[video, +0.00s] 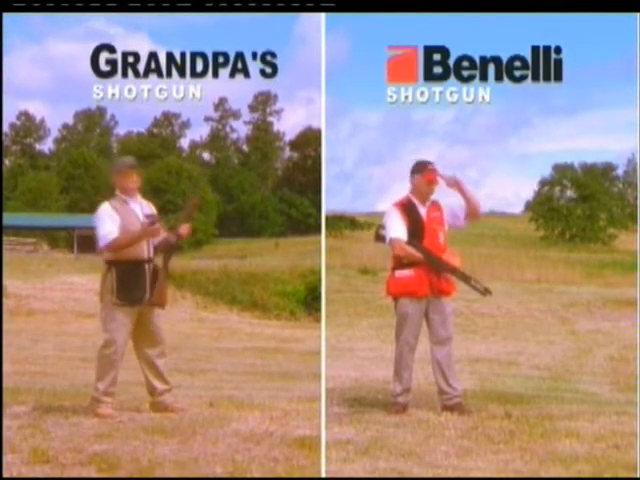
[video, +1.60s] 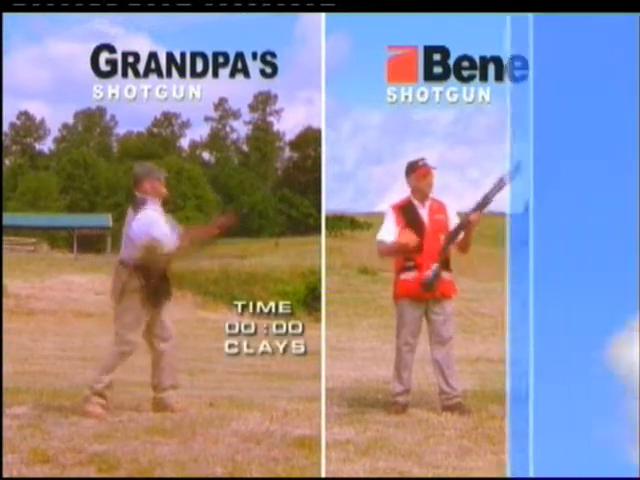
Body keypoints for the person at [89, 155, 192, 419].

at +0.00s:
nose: (131, 181)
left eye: (133, 175)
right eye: (125, 176)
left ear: (140, 178)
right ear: (115, 180)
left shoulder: (147, 208)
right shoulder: (107, 211)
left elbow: (156, 242)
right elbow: (109, 246)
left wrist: (175, 236)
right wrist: (143, 235)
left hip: (147, 274)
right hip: (119, 275)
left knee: (152, 342)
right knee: (115, 341)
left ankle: (160, 396)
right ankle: (102, 399)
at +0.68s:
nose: (154, 189)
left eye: (154, 184)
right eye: (149, 184)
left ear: (144, 188)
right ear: (132, 187)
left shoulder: (151, 215)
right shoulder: (120, 217)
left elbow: (163, 247)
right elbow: (127, 256)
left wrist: (184, 242)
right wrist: (159, 270)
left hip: (145, 280)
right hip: (122, 282)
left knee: (158, 340)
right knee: (121, 342)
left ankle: (162, 396)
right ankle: (93, 399)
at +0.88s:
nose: (152, 190)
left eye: (151, 185)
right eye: (146, 185)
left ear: (140, 190)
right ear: (131, 189)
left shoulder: (149, 216)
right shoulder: (116, 221)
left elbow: (159, 249)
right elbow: (113, 262)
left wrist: (180, 246)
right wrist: (125, 293)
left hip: (146, 281)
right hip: (122, 283)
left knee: (160, 339)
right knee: (121, 343)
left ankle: (163, 396)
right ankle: (92, 399)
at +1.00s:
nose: (152, 188)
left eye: (151, 183)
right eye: (146, 183)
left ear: (143, 188)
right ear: (130, 188)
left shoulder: (150, 214)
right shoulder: (115, 218)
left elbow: (158, 247)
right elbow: (98, 257)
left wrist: (179, 245)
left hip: (146, 279)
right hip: (120, 281)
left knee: (159, 339)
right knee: (119, 343)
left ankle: (162, 397)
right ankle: (92, 399)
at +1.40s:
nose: (173, 217)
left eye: (172, 211)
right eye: (169, 212)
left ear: (158, 216)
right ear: (154, 215)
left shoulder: (164, 239)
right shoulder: (136, 244)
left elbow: (161, 271)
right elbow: (110, 276)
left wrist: (186, 268)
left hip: (145, 296)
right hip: (122, 298)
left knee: (166, 341)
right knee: (134, 359)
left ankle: (163, 396)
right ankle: (94, 398)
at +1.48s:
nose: (170, 202)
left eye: (169, 197)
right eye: (165, 197)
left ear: (153, 202)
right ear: (151, 201)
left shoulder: (157, 225)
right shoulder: (145, 233)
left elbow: (156, 259)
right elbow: (136, 277)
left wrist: (182, 262)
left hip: (149, 297)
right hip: (132, 299)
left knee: (167, 342)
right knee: (133, 354)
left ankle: (165, 395)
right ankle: (96, 398)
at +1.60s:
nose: (164, 187)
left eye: (163, 182)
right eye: (160, 182)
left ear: (149, 187)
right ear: (145, 186)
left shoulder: (155, 213)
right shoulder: (145, 216)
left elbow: (179, 237)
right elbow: (167, 247)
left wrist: (212, 229)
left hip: (149, 276)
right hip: (131, 277)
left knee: (163, 338)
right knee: (127, 340)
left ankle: (164, 395)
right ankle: (95, 396)